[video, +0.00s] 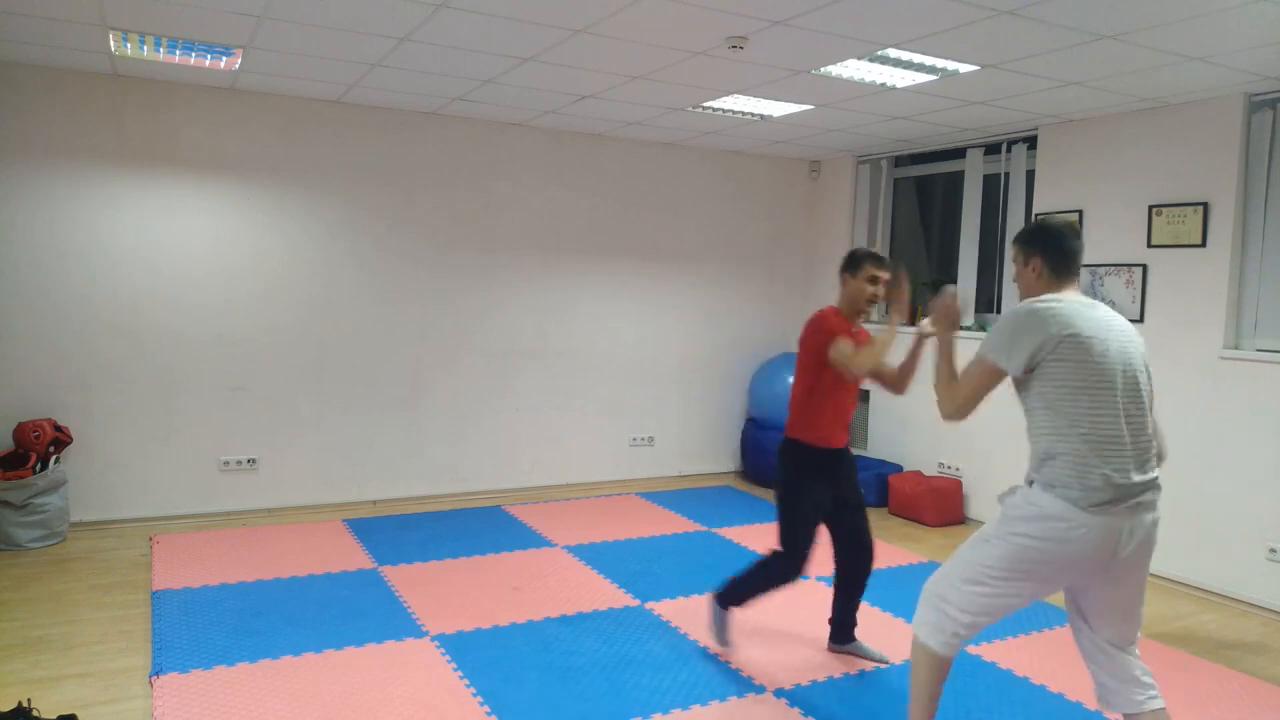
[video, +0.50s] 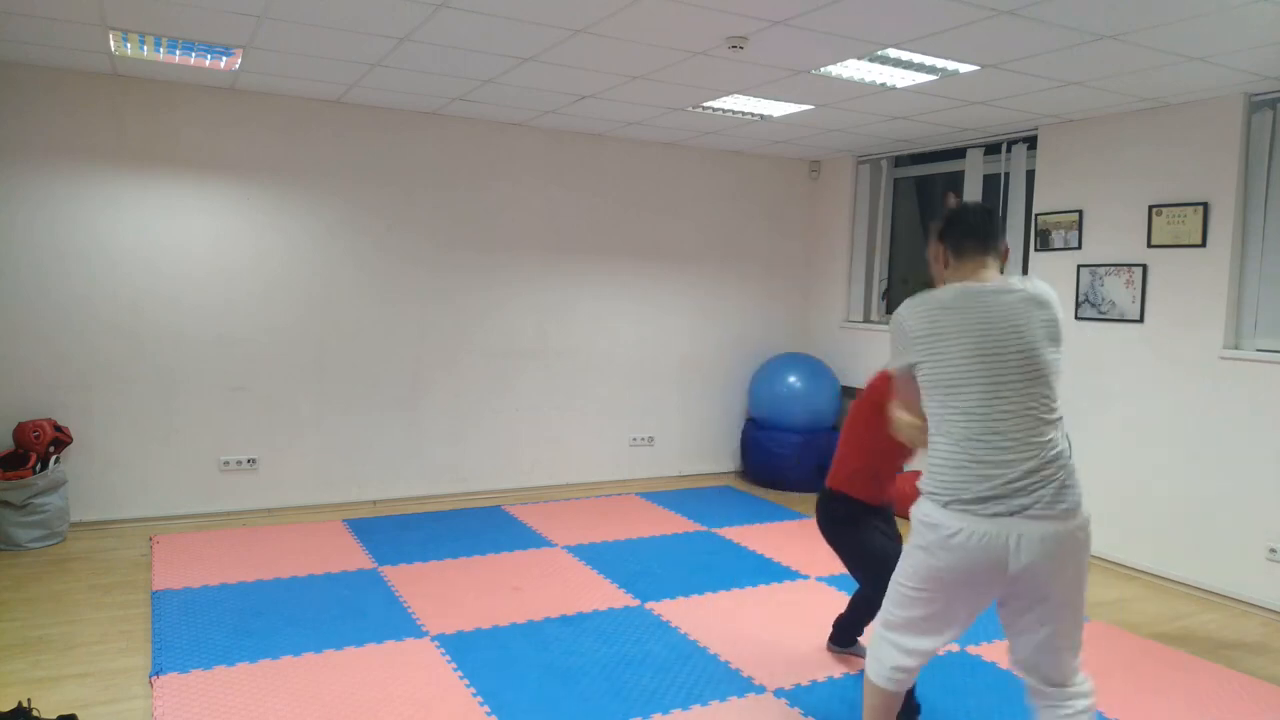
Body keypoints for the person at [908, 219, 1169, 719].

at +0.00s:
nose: (1015, 277)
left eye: (1018, 266)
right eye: (1016, 266)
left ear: (1035, 265)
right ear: (1073, 268)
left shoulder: (1031, 316)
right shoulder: (1121, 326)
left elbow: (953, 405)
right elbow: (1154, 447)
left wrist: (943, 333)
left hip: (1060, 518)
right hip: (1136, 522)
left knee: (944, 603)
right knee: (1116, 651)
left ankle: (919, 713)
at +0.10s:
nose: (997, 282)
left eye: (997, 271)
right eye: (996, 272)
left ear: (1012, 271)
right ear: (1054, 270)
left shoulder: (1015, 326)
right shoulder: (1114, 327)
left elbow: (976, 441)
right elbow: (1156, 437)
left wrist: (936, 383)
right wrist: (1081, 442)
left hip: (1046, 527)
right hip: (1127, 529)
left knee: (929, 622)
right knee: (1118, 657)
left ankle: (894, 713)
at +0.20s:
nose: (970, 290)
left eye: (971, 280)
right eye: (970, 281)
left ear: (985, 279)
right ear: (1032, 278)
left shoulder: (988, 342)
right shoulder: (1084, 330)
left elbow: (991, 462)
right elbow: (1079, 426)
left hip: (1026, 538)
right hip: (1106, 537)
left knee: (906, 625)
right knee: (1099, 662)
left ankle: (880, 713)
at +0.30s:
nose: (952, 301)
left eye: (954, 288)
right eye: (951, 288)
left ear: (974, 287)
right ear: (1021, 283)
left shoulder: (967, 343)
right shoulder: (1067, 333)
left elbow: (919, 453)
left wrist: (946, 392)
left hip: (989, 542)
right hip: (1076, 548)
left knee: (892, 628)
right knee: (1093, 674)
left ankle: (876, 714)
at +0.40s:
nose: (948, 283)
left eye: (950, 273)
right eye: (946, 274)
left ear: (958, 275)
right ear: (1018, 273)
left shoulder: (940, 328)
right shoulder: (1054, 319)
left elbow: (882, 399)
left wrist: (924, 420)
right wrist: (959, 268)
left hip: (963, 540)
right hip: (1058, 542)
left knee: (891, 642)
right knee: (1083, 669)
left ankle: (876, 717)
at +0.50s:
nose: (929, 263)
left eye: (930, 254)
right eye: (930, 254)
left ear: (940, 254)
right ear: (1004, 254)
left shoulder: (912, 315)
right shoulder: (1043, 302)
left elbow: (911, 405)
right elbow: (1028, 391)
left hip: (954, 539)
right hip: (1053, 537)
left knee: (890, 663)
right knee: (1060, 686)